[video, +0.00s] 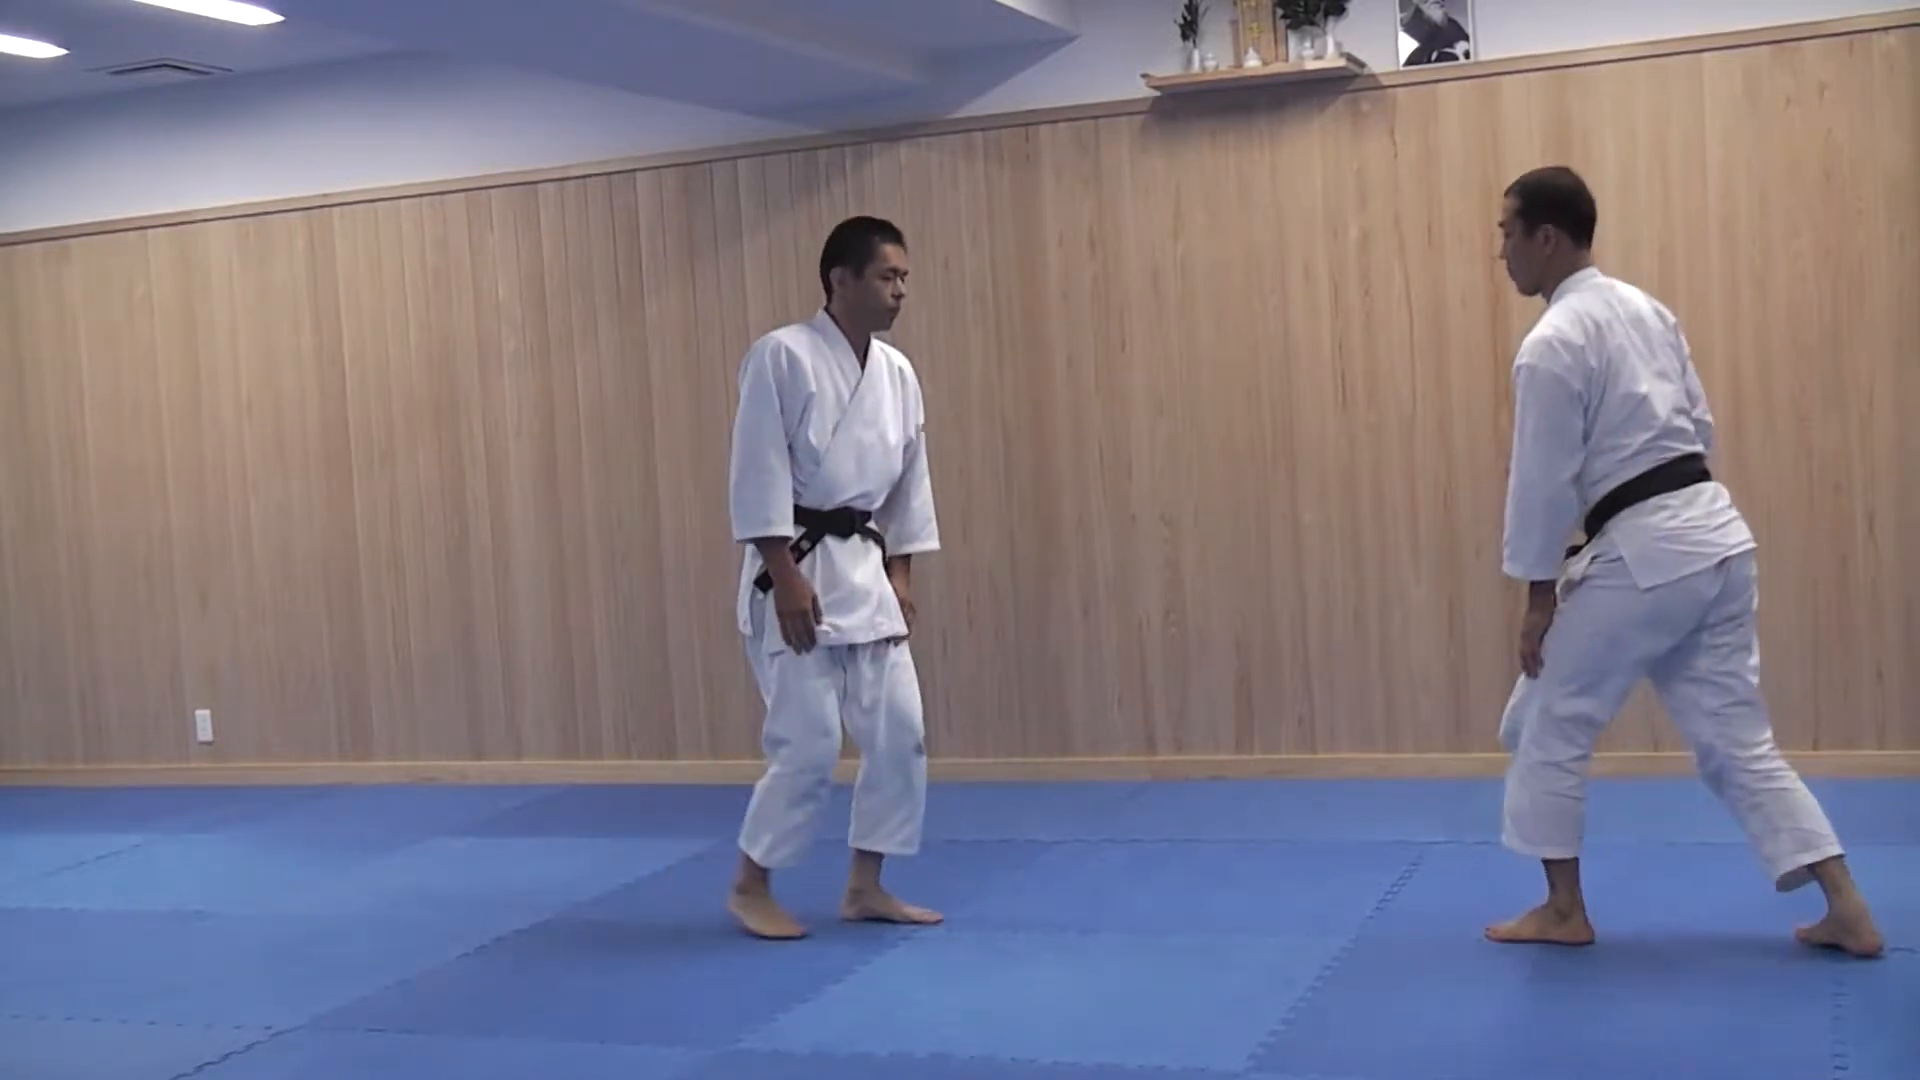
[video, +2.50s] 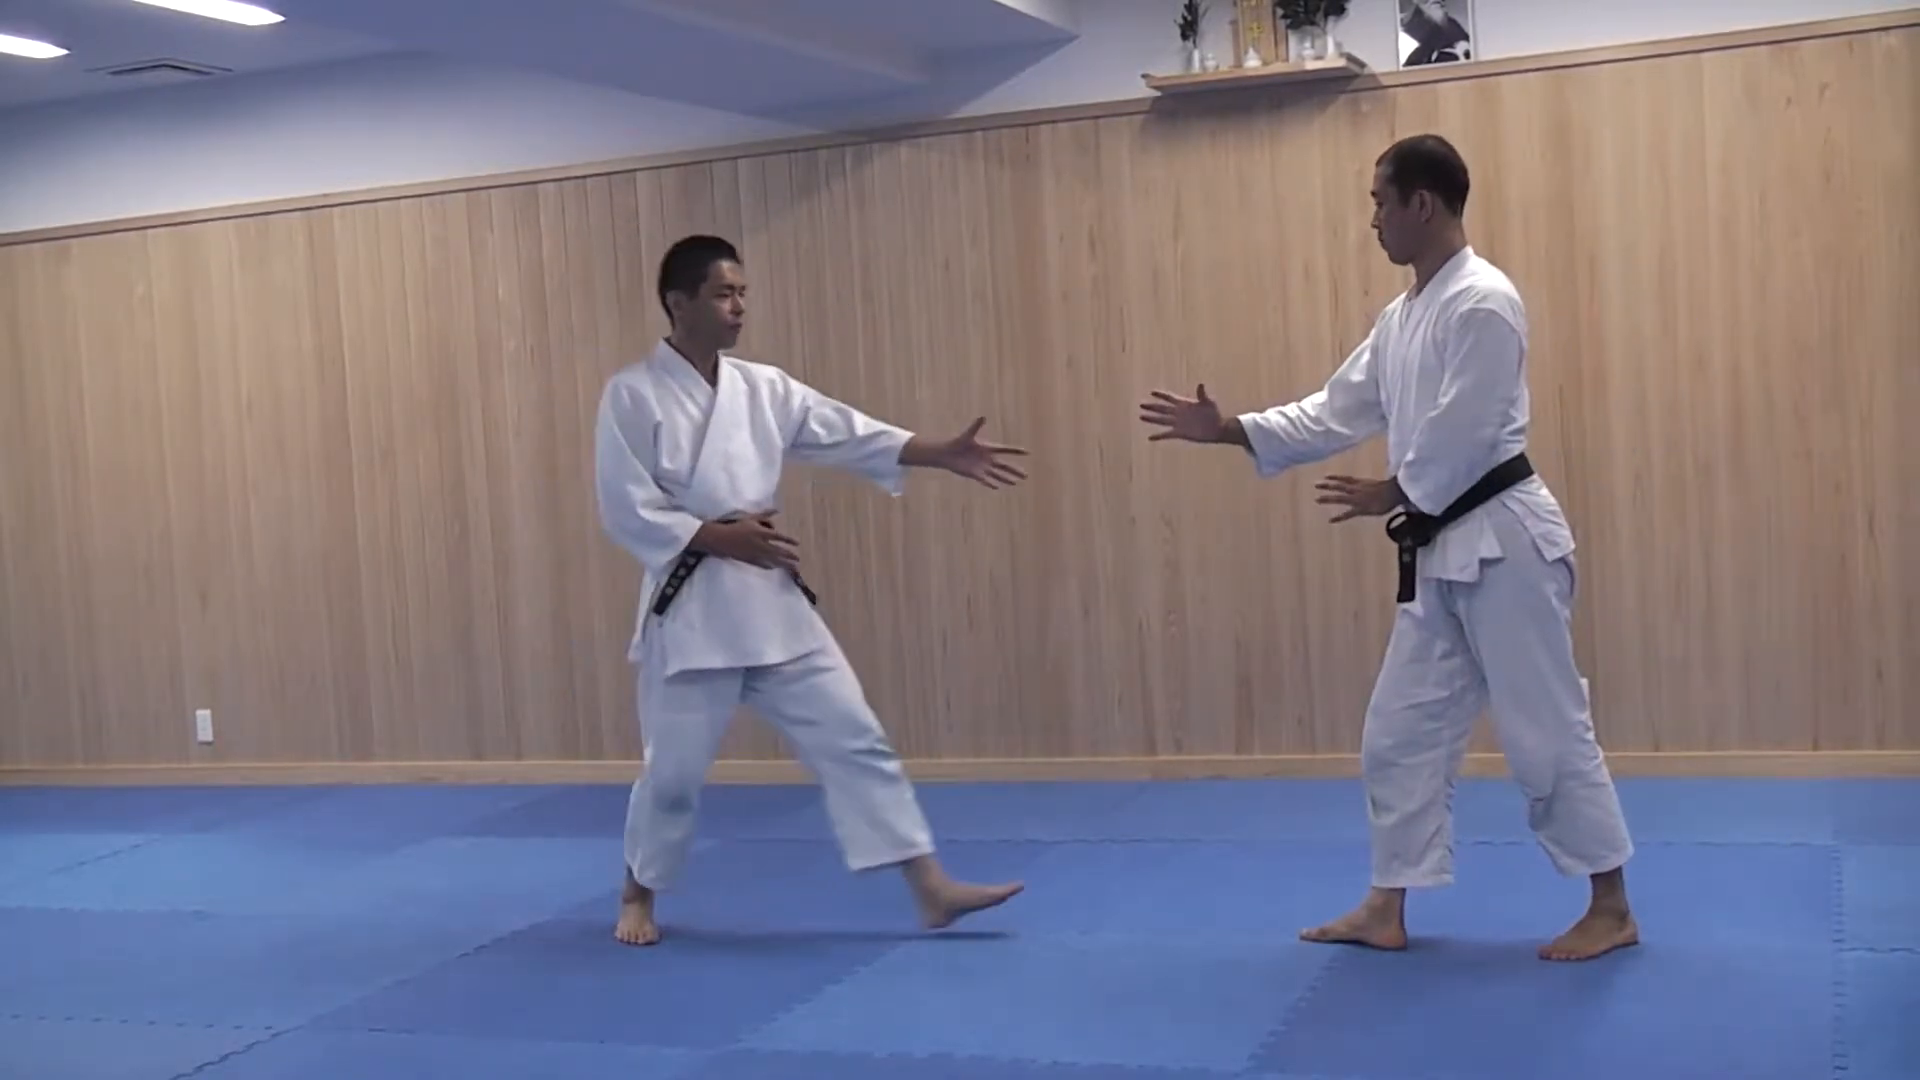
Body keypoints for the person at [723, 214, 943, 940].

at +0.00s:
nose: (901, 290)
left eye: (905, 278)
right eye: (888, 277)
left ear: (897, 284)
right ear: (839, 280)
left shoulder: (896, 371)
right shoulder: (782, 355)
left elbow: (907, 484)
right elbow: (758, 474)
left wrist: (899, 576)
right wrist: (784, 575)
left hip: (864, 568)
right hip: (794, 569)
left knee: (899, 727)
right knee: (810, 741)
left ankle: (865, 886)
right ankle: (750, 885)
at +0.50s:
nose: (853, 272)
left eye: (854, 259)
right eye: (838, 260)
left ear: (820, 269)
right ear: (791, 269)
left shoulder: (833, 349)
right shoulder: (755, 352)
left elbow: (842, 469)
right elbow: (743, 480)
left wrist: (853, 572)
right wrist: (761, 592)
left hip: (832, 563)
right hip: (785, 569)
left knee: (863, 721)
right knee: (812, 732)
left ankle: (809, 877)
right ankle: (804, 901)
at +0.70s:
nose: (835, 272)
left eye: (835, 259)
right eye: (819, 260)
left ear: (799, 271)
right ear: (773, 270)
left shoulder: (815, 350)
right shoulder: (742, 355)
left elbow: (831, 467)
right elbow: (743, 478)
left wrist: (842, 566)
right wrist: (774, 585)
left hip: (816, 557)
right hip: (775, 563)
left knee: (778, 724)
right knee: (812, 733)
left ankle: (705, 870)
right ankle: (809, 906)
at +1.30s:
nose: (769, 289)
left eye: (772, 277)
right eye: (755, 277)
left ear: (767, 282)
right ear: (707, 282)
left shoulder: (770, 376)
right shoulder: (662, 363)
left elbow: (828, 454)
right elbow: (651, 481)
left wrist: (902, 515)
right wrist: (731, 536)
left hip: (733, 564)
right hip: (675, 566)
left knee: (738, 733)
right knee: (710, 728)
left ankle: (686, 890)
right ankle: (699, 905)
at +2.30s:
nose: (688, 292)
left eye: (691, 279)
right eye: (673, 280)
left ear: (690, 285)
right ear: (627, 288)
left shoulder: (710, 370)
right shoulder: (587, 380)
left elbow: (787, 422)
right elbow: (589, 496)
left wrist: (870, 450)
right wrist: (684, 525)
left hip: (723, 581)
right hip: (646, 591)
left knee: (779, 725)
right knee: (645, 759)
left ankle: (795, 895)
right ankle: (637, 901)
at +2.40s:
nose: (709, 298)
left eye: (712, 286)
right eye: (694, 286)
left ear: (711, 292)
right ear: (647, 294)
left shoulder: (732, 377)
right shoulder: (605, 385)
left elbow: (810, 426)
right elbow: (604, 500)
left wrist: (896, 452)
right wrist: (698, 529)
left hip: (744, 586)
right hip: (666, 595)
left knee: (814, 730)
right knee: (659, 764)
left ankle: (861, 895)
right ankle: (638, 905)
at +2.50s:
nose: (739, 306)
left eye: (742, 293)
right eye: (724, 294)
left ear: (740, 300)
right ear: (677, 302)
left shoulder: (762, 385)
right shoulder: (634, 394)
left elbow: (843, 430)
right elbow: (626, 506)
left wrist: (936, 453)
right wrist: (714, 538)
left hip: (771, 595)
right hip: (691, 604)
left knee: (857, 736)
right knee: (673, 773)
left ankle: (933, 888)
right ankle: (637, 898)